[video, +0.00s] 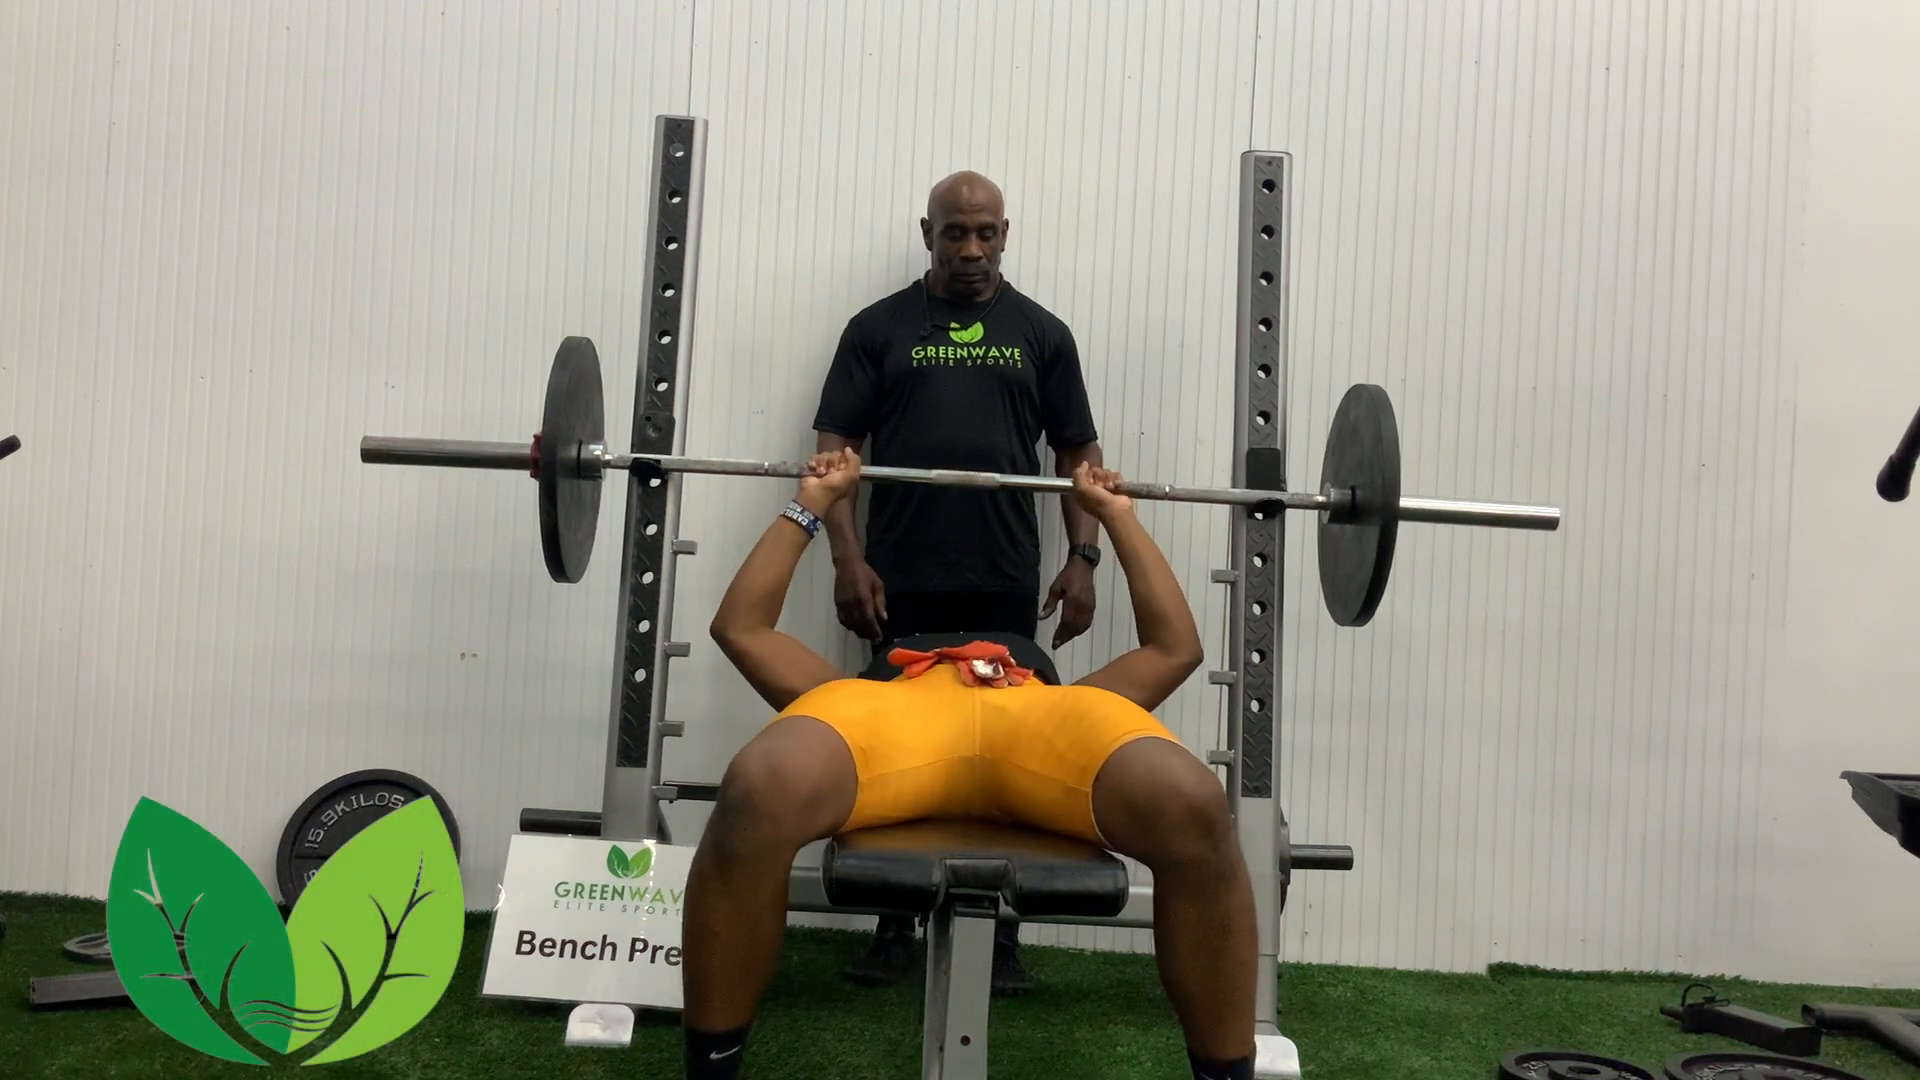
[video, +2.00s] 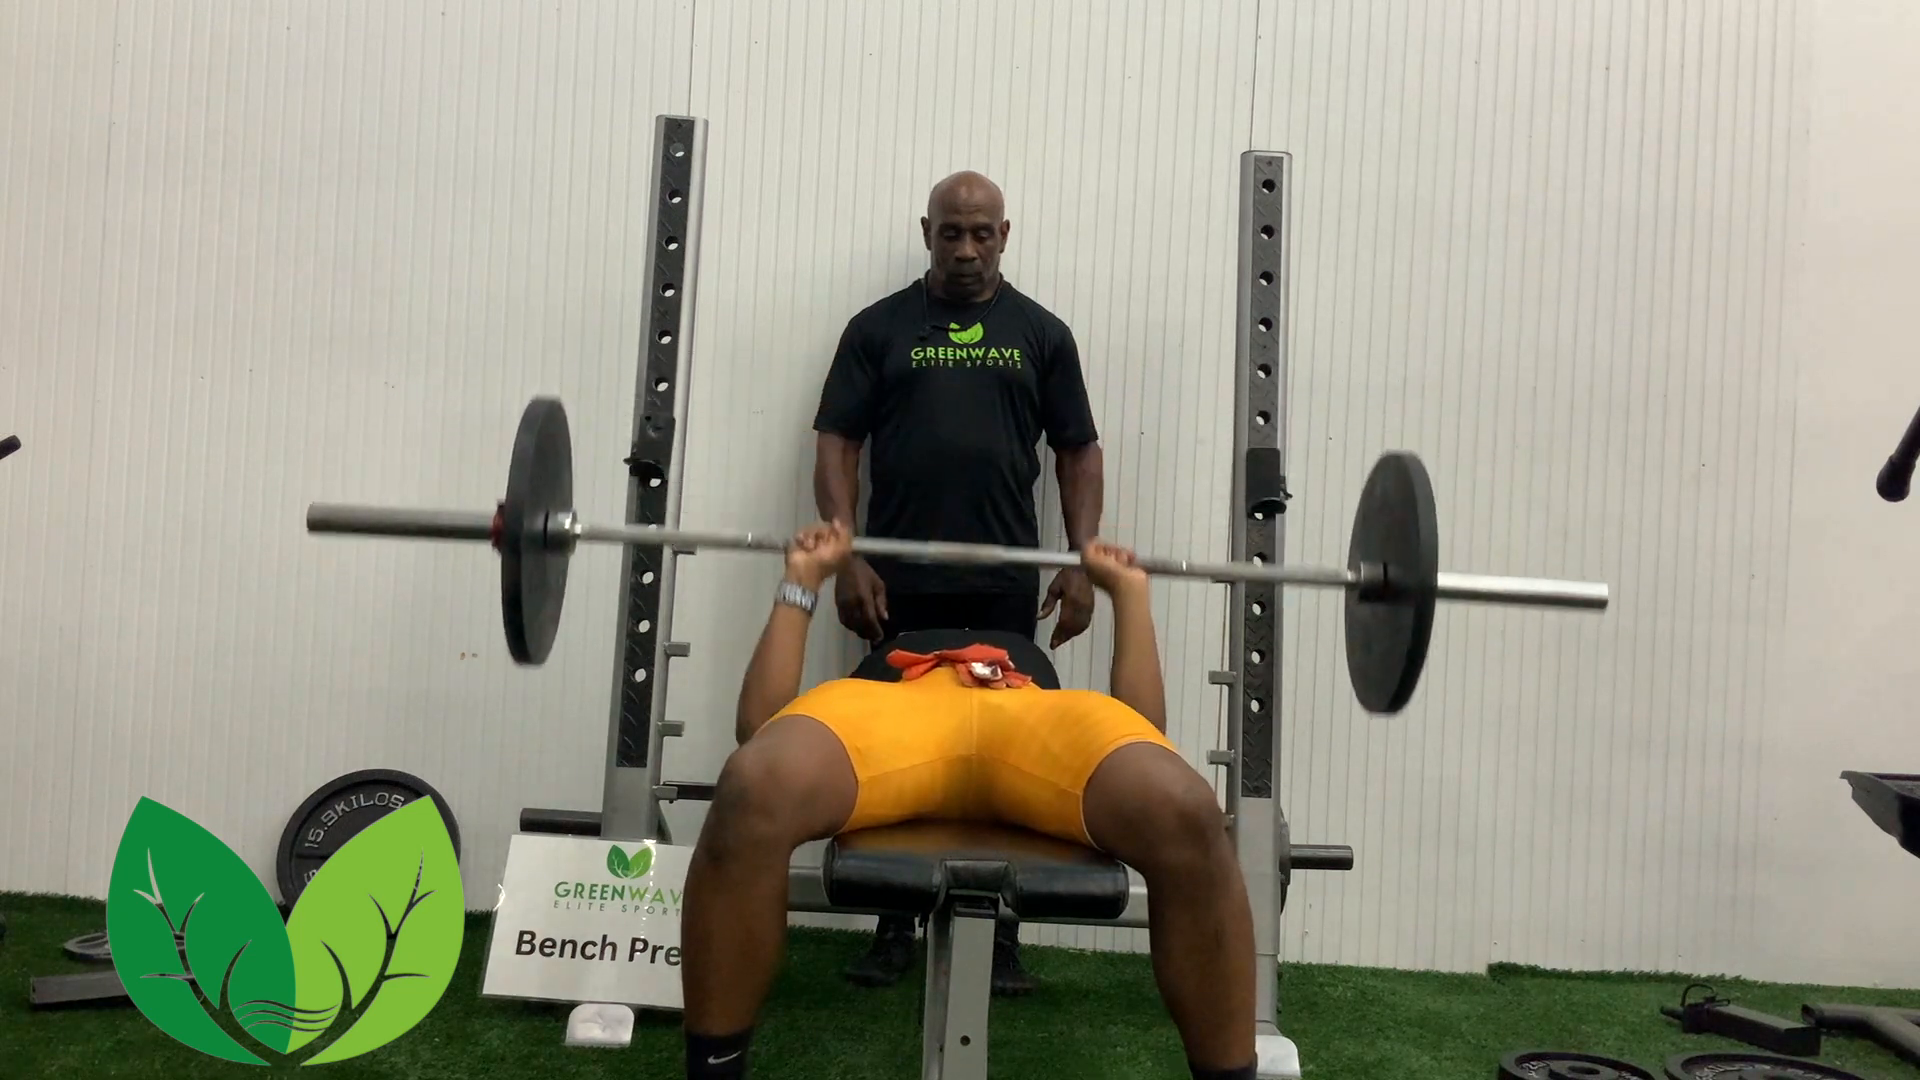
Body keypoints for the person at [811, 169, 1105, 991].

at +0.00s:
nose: (972, 248)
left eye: (987, 234)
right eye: (956, 233)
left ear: (1006, 238)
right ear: (927, 236)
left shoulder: (1041, 335)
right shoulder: (876, 332)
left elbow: (1078, 457)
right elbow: (833, 456)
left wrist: (1082, 558)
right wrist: (849, 561)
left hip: (1007, 583)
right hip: (903, 580)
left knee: (1013, 750)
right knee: (892, 747)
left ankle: (1000, 930)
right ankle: (896, 922)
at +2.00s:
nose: (967, 248)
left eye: (983, 235)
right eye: (952, 233)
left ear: (1005, 239)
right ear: (926, 237)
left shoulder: (1042, 336)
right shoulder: (877, 330)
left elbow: (1078, 455)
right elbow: (836, 445)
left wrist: (1083, 563)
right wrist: (844, 556)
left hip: (1006, 590)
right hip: (900, 585)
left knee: (1011, 759)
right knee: (889, 754)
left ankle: (1000, 931)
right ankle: (894, 924)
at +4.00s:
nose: (969, 249)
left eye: (986, 235)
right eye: (954, 233)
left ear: (1006, 241)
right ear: (928, 234)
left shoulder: (1044, 336)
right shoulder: (879, 328)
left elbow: (1076, 461)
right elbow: (833, 445)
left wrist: (1082, 561)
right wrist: (847, 556)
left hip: (1008, 582)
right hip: (896, 580)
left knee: (1012, 746)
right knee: (887, 743)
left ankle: (1000, 926)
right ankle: (897, 919)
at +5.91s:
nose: (967, 244)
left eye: (984, 231)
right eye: (952, 229)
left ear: (1005, 239)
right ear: (926, 234)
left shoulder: (1042, 336)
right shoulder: (875, 331)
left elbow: (1079, 458)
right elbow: (831, 457)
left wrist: (1082, 558)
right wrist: (849, 561)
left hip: (1006, 588)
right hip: (900, 586)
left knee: (1013, 753)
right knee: (888, 751)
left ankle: (999, 931)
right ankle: (895, 922)